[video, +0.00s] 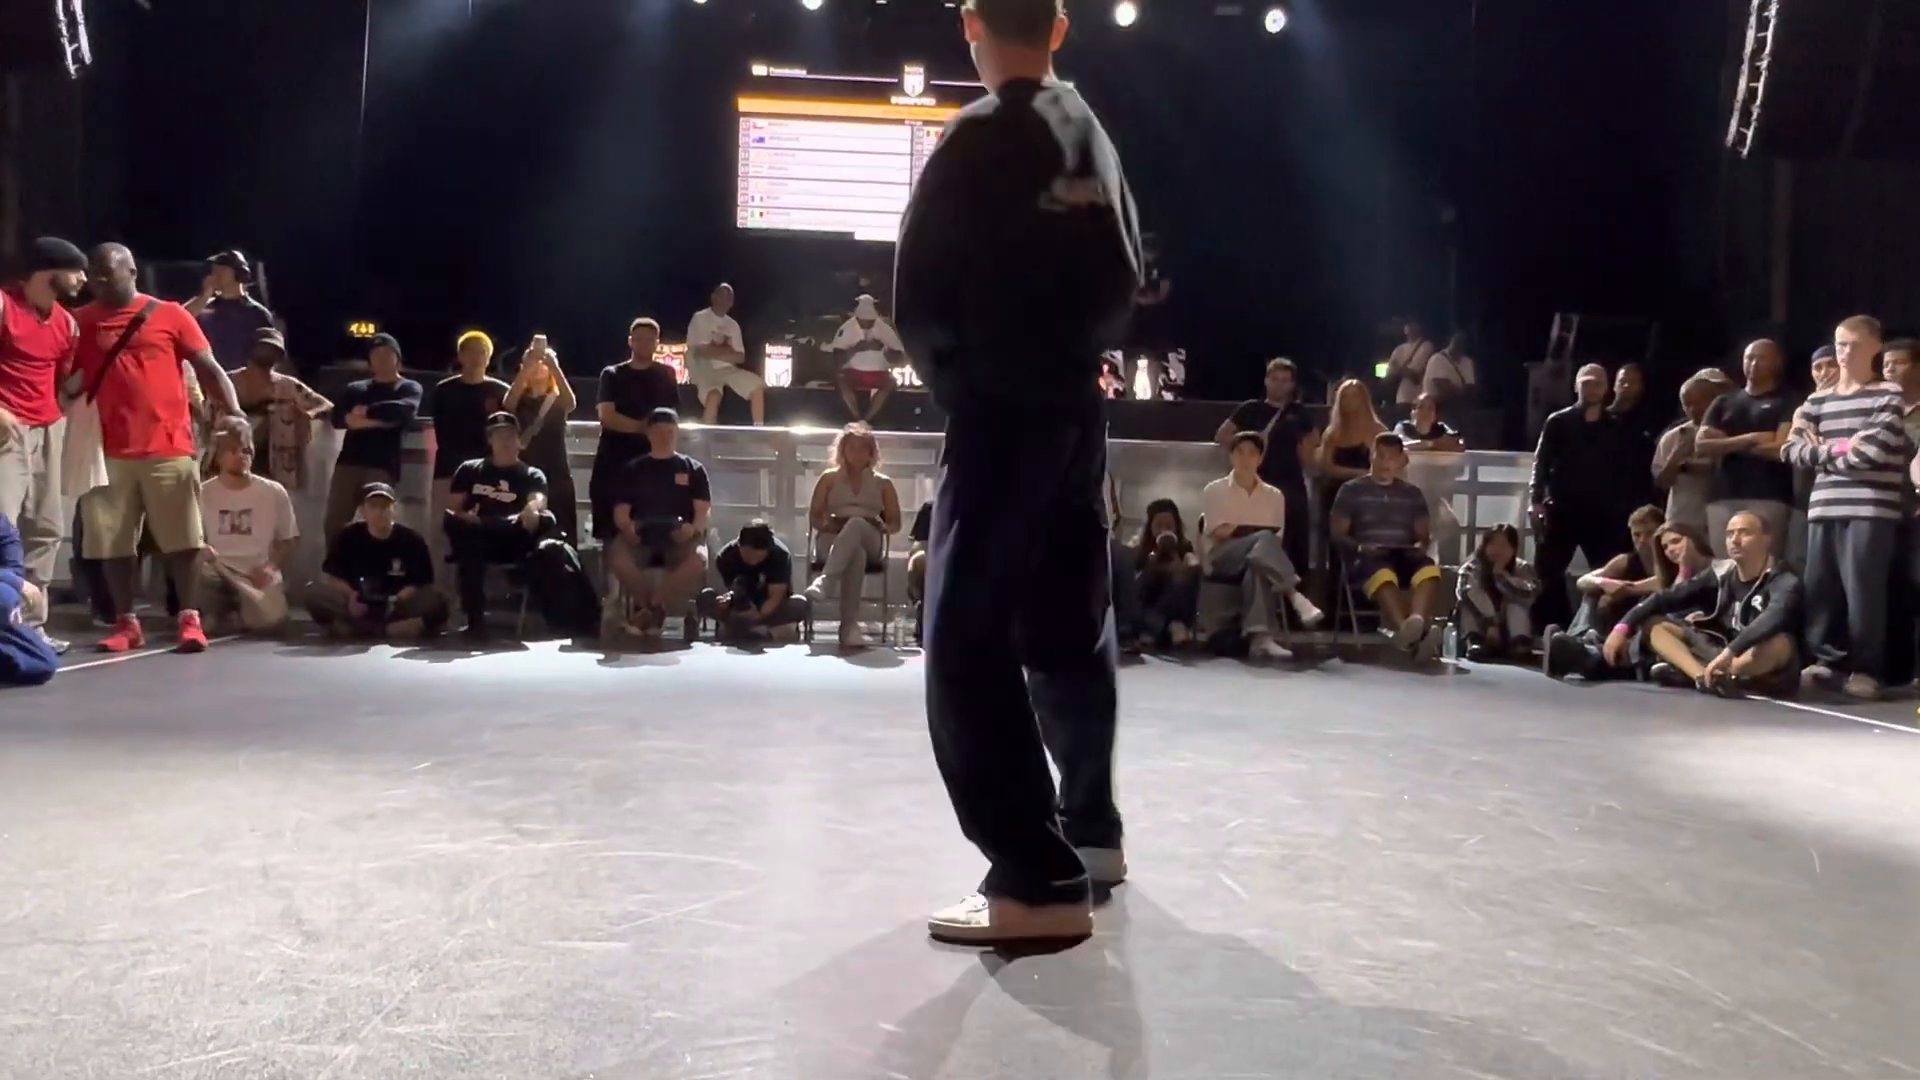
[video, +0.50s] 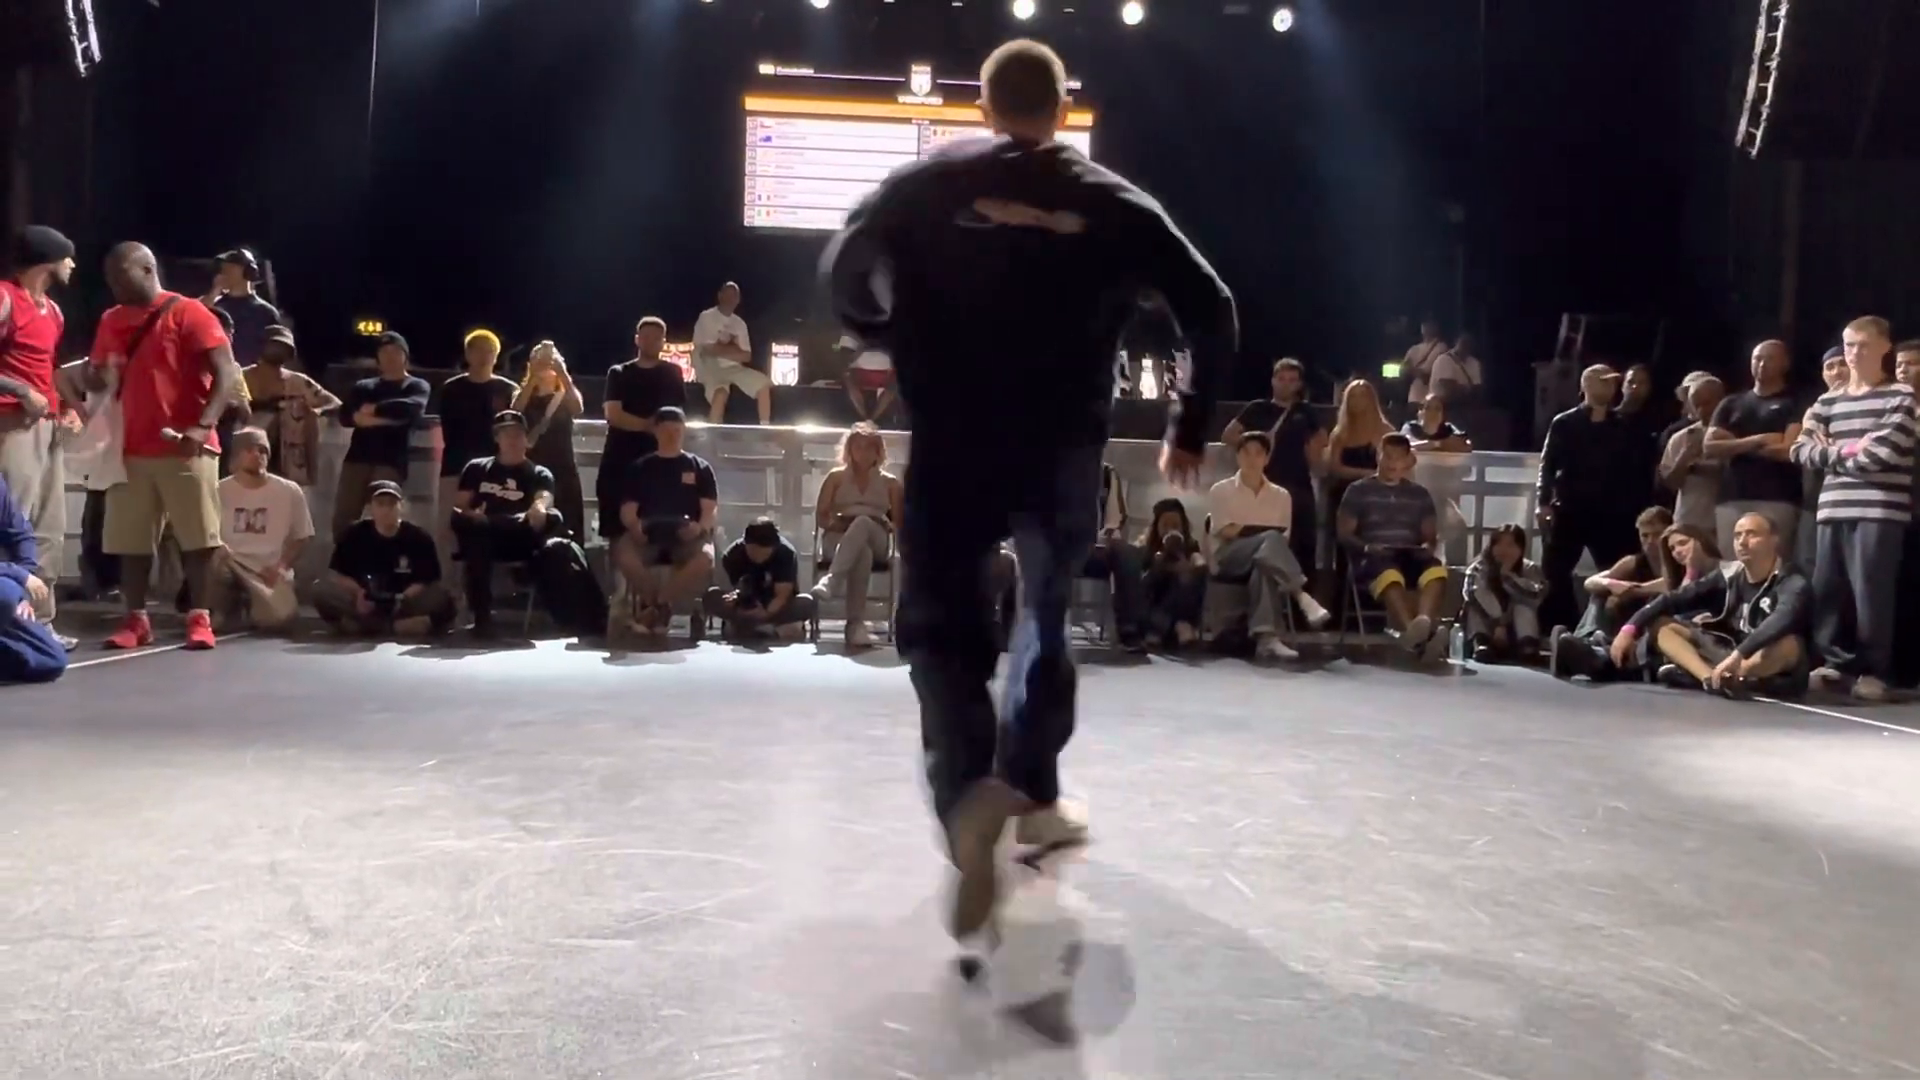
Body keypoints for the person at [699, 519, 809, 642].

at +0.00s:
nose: (751, 558)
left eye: (756, 555)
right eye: (747, 553)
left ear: (766, 550)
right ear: (740, 546)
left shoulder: (780, 556)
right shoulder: (725, 558)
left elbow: (776, 596)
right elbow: (736, 589)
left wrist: (759, 615)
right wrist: (728, 598)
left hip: (769, 601)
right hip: (742, 604)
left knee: (801, 604)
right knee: (705, 598)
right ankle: (767, 633)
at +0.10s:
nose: (752, 558)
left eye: (758, 553)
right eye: (748, 552)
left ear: (767, 547)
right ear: (741, 545)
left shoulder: (780, 553)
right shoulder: (725, 556)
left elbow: (777, 594)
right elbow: (736, 588)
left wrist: (760, 614)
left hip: (770, 599)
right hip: (742, 602)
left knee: (801, 602)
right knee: (706, 596)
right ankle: (768, 631)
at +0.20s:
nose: (754, 557)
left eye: (760, 553)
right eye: (750, 551)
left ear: (769, 547)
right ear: (743, 544)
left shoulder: (782, 554)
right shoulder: (728, 556)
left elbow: (779, 594)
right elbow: (738, 588)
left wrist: (762, 613)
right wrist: (731, 596)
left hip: (772, 601)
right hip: (744, 603)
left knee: (803, 602)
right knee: (708, 596)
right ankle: (768, 630)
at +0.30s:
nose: (755, 557)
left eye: (761, 553)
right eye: (751, 551)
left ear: (770, 547)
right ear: (744, 544)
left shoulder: (784, 554)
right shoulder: (729, 556)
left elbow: (780, 595)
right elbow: (739, 589)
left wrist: (763, 613)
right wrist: (732, 597)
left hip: (774, 599)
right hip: (745, 601)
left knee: (805, 602)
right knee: (709, 597)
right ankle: (770, 631)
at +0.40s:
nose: (754, 554)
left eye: (759, 550)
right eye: (750, 549)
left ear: (770, 546)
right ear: (745, 544)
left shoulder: (784, 554)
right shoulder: (731, 556)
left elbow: (781, 595)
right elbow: (739, 587)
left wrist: (764, 612)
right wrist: (732, 596)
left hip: (775, 599)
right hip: (747, 600)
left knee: (806, 602)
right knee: (711, 597)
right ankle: (772, 630)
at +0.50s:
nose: (758, 556)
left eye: (763, 552)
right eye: (754, 551)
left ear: (772, 547)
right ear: (746, 545)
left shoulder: (786, 554)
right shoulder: (732, 556)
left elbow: (783, 595)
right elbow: (740, 588)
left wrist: (766, 613)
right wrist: (734, 596)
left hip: (776, 600)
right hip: (747, 602)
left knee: (807, 602)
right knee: (712, 597)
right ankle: (772, 630)